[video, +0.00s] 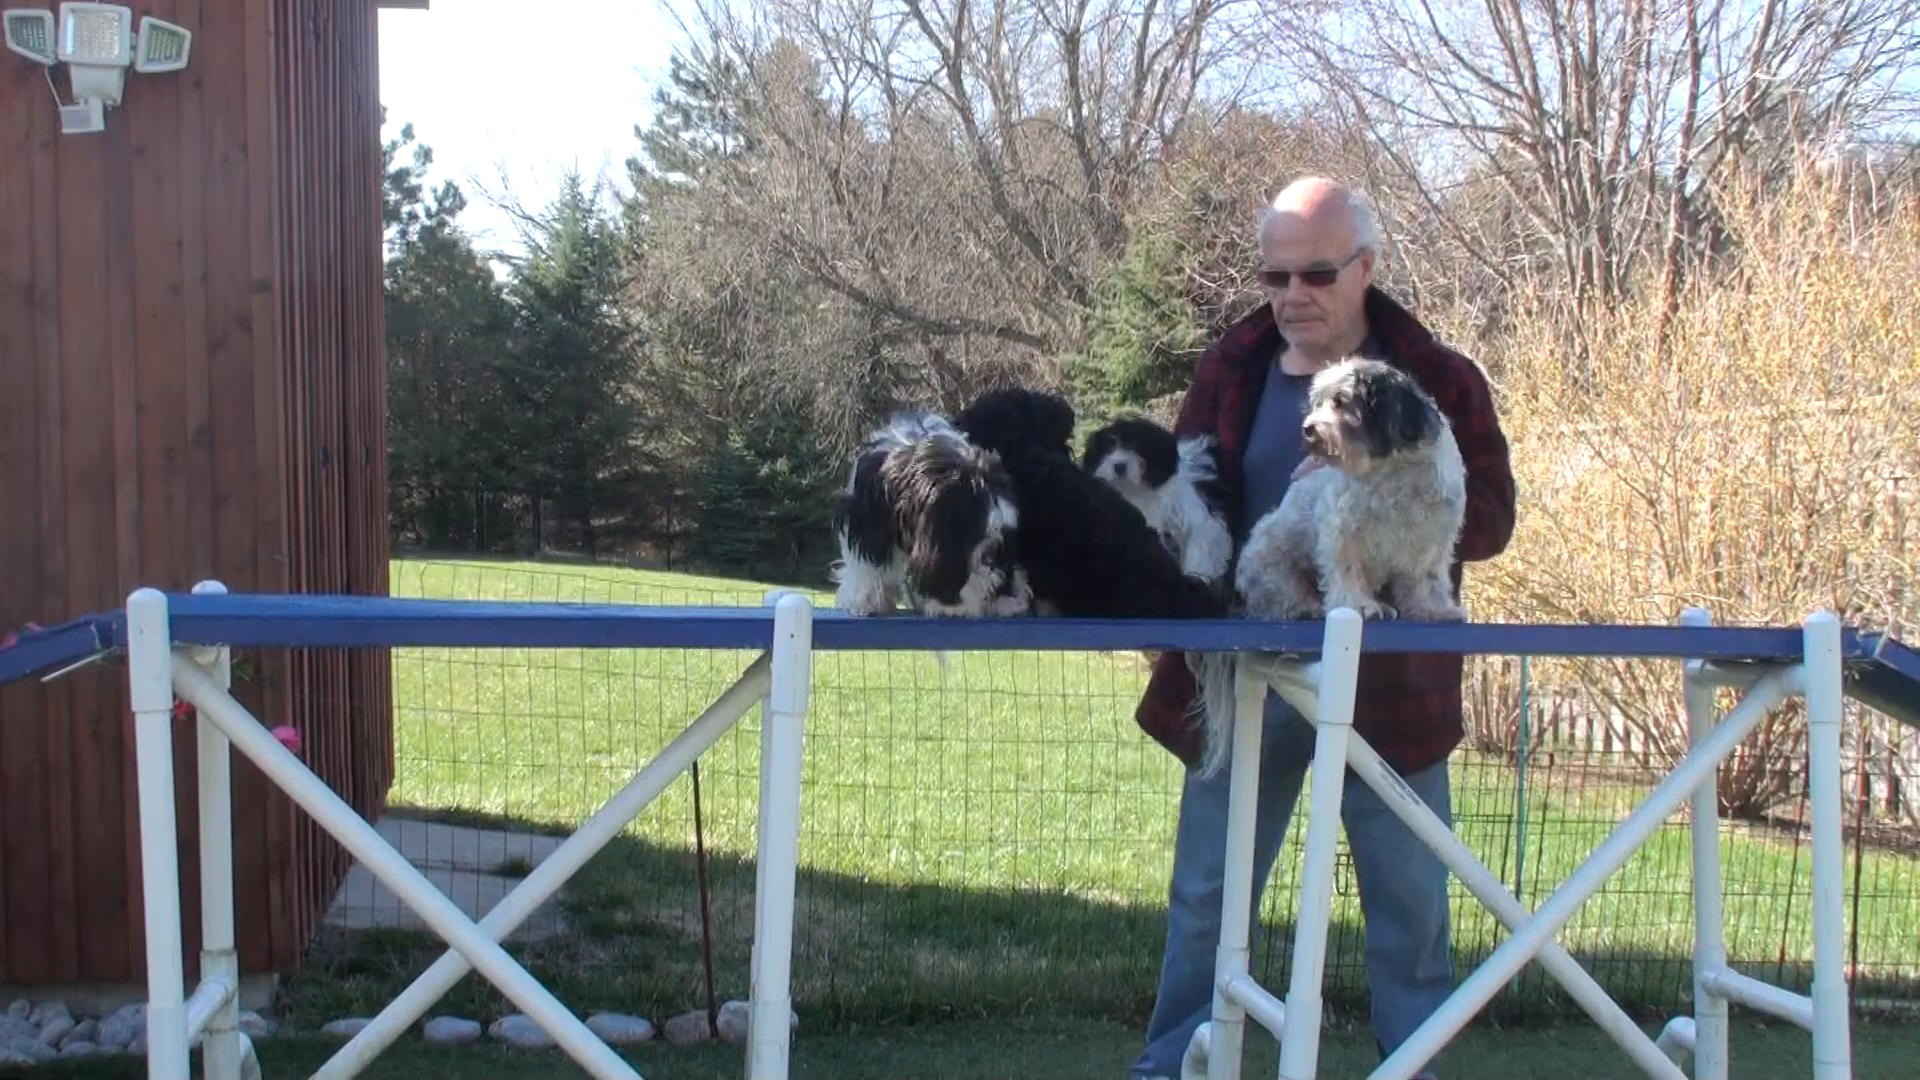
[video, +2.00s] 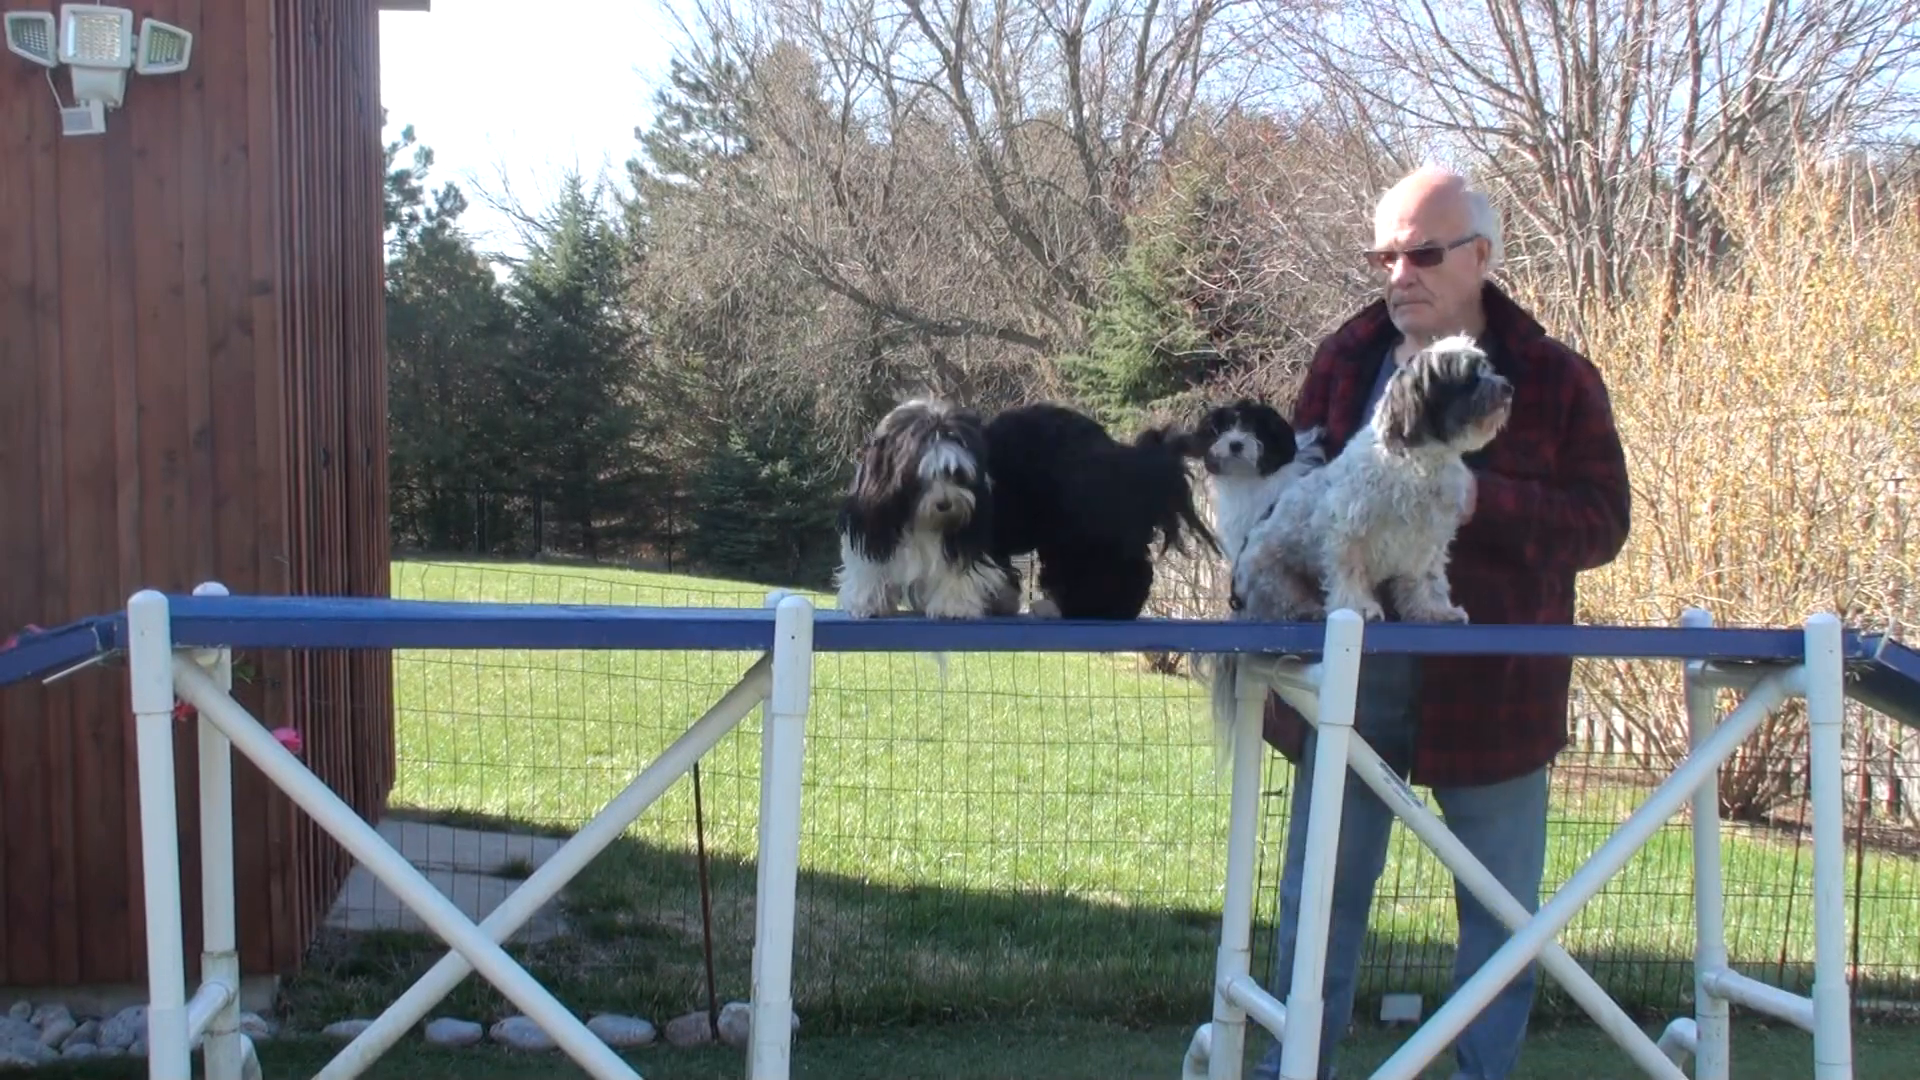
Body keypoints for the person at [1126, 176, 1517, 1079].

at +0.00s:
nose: (1295, 295)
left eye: (1318, 274)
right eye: (1276, 275)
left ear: (1368, 267)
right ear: (1258, 273)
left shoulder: (1440, 380)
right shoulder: (1225, 369)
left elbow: (1491, 518)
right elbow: (1183, 504)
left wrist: (1379, 479)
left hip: (1391, 677)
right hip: (1247, 666)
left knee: (1410, 906)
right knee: (1206, 893)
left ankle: (1412, 1070)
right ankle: (1176, 1064)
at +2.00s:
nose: (1403, 273)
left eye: (1428, 255)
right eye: (1390, 255)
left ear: (1484, 257)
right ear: (1375, 258)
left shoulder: (1557, 378)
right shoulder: (1344, 362)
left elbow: (1600, 524)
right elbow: (1290, 498)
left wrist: (1465, 488)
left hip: (1496, 677)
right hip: (1352, 667)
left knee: (1500, 919)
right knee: (1320, 903)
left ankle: (1485, 1067)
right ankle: (1298, 1064)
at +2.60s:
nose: (1363, 276)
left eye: (1383, 256)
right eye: (1353, 259)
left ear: (1445, 253)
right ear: (1345, 262)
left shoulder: (1536, 371)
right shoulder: (1318, 368)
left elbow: (1583, 507)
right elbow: (1271, 500)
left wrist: (1463, 486)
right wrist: (1287, 555)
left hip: (1485, 673)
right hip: (1345, 669)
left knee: (1493, 907)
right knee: (1341, 903)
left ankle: (1487, 1064)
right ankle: (1337, 1067)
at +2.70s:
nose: (1360, 271)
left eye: (1381, 252)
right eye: (1350, 256)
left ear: (1442, 253)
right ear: (1341, 261)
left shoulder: (1529, 371)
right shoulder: (1312, 367)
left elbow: (1578, 508)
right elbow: (1265, 500)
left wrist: (1458, 487)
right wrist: (1296, 541)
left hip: (1480, 673)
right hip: (1340, 668)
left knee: (1492, 908)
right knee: (1341, 906)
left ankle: (1487, 1064)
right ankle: (1337, 1068)